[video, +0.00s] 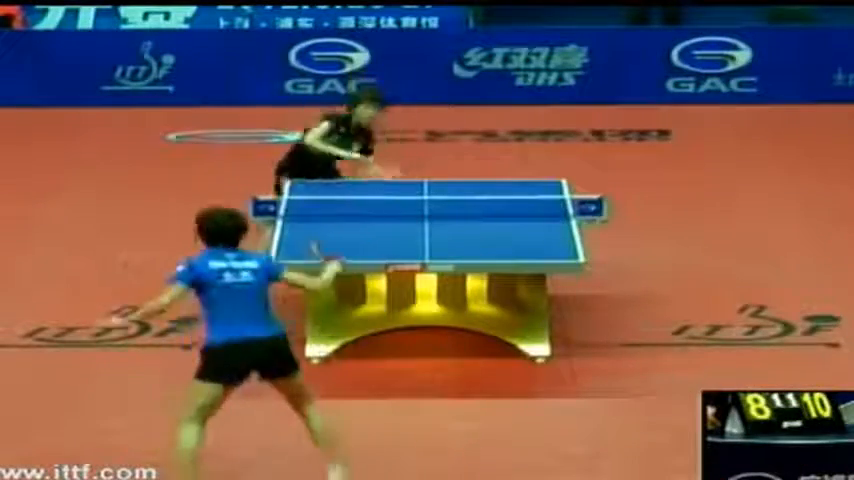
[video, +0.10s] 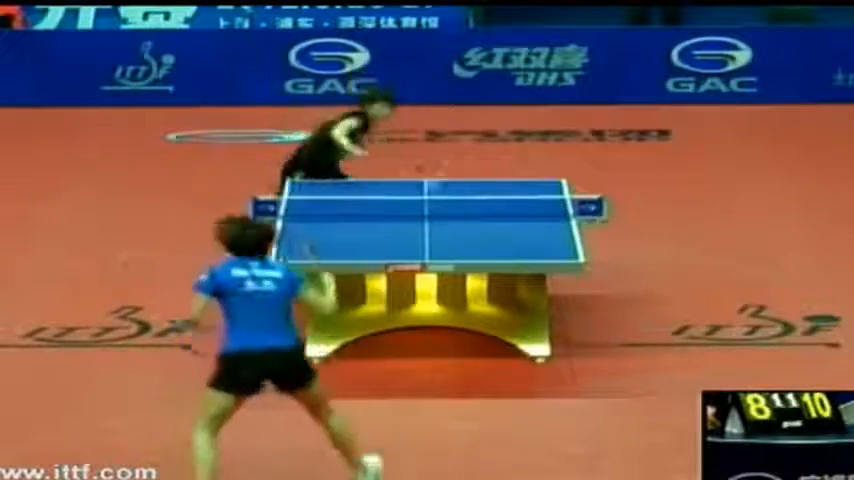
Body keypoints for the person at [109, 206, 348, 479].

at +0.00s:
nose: (195, 238)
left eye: (198, 233)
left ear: (205, 238)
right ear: (239, 236)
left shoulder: (197, 266)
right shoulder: (260, 262)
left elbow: (163, 304)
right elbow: (314, 285)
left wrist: (131, 318)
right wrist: (330, 270)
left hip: (225, 349)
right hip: (269, 345)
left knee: (195, 420)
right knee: (305, 404)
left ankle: (185, 474)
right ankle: (337, 465)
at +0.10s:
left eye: (226, 239)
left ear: (231, 245)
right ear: (265, 245)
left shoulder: (220, 274)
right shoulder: (283, 274)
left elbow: (196, 318)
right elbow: (326, 307)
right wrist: (328, 281)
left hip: (241, 358)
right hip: (286, 355)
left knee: (207, 427)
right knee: (326, 414)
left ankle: (204, 474)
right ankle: (361, 467)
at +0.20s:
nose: (245, 254)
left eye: (248, 250)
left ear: (255, 255)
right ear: (286, 256)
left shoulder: (241, 283)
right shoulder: (304, 284)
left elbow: (211, 323)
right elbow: (342, 319)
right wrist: (343, 295)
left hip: (255, 367)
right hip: (300, 364)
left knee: (214, 430)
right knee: (337, 410)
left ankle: (206, 476)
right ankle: (367, 468)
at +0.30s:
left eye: (268, 243)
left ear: (272, 246)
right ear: (304, 247)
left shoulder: (258, 274)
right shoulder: (322, 276)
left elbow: (221, 310)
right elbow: (356, 308)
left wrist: (243, 277)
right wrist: (350, 282)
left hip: (265, 358)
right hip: (311, 357)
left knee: (219, 418)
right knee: (346, 406)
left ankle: (209, 475)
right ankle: (368, 468)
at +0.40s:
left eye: (267, 232)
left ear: (271, 236)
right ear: (303, 238)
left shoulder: (256, 264)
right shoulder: (320, 266)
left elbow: (223, 298)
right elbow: (356, 300)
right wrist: (350, 280)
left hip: (265, 347)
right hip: (310, 347)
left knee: (224, 410)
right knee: (346, 405)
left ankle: (207, 472)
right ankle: (370, 466)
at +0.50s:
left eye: (259, 233)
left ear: (264, 239)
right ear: (299, 239)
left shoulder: (253, 268)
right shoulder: (316, 268)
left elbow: (219, 301)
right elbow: (355, 302)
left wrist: (209, 318)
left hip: (264, 351)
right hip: (310, 350)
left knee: (225, 411)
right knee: (347, 405)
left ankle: (201, 473)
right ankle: (370, 468)